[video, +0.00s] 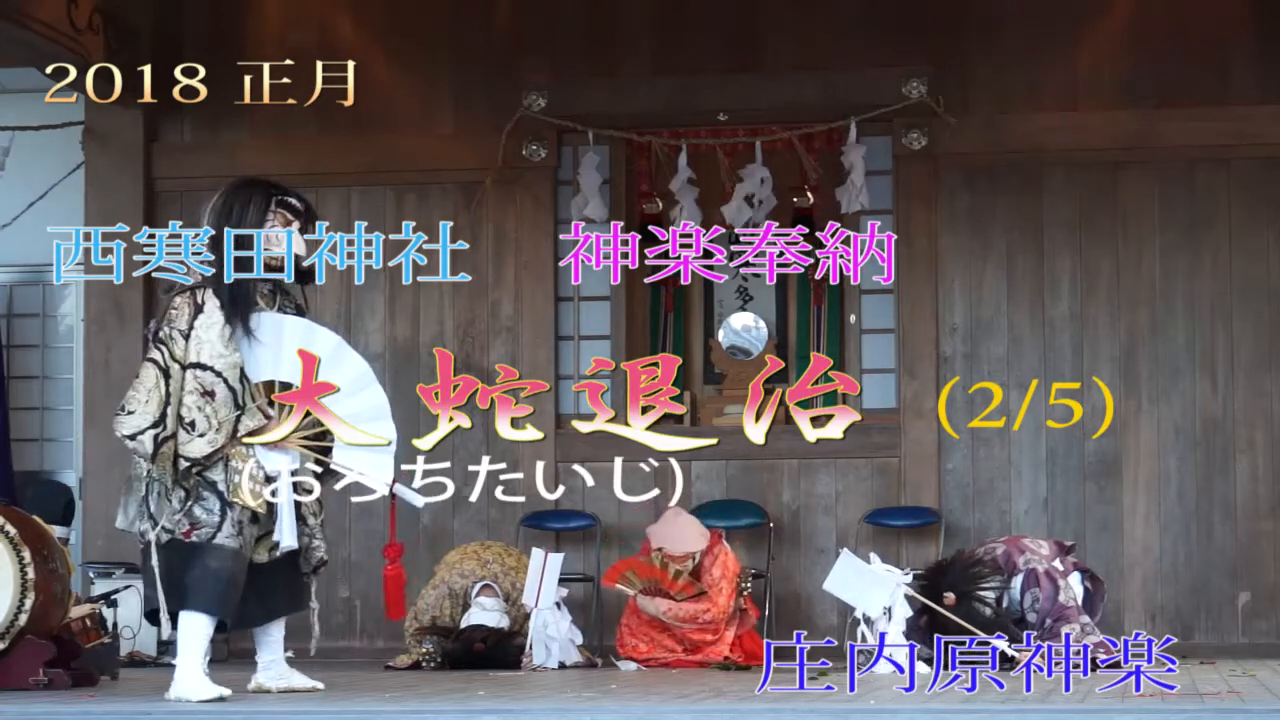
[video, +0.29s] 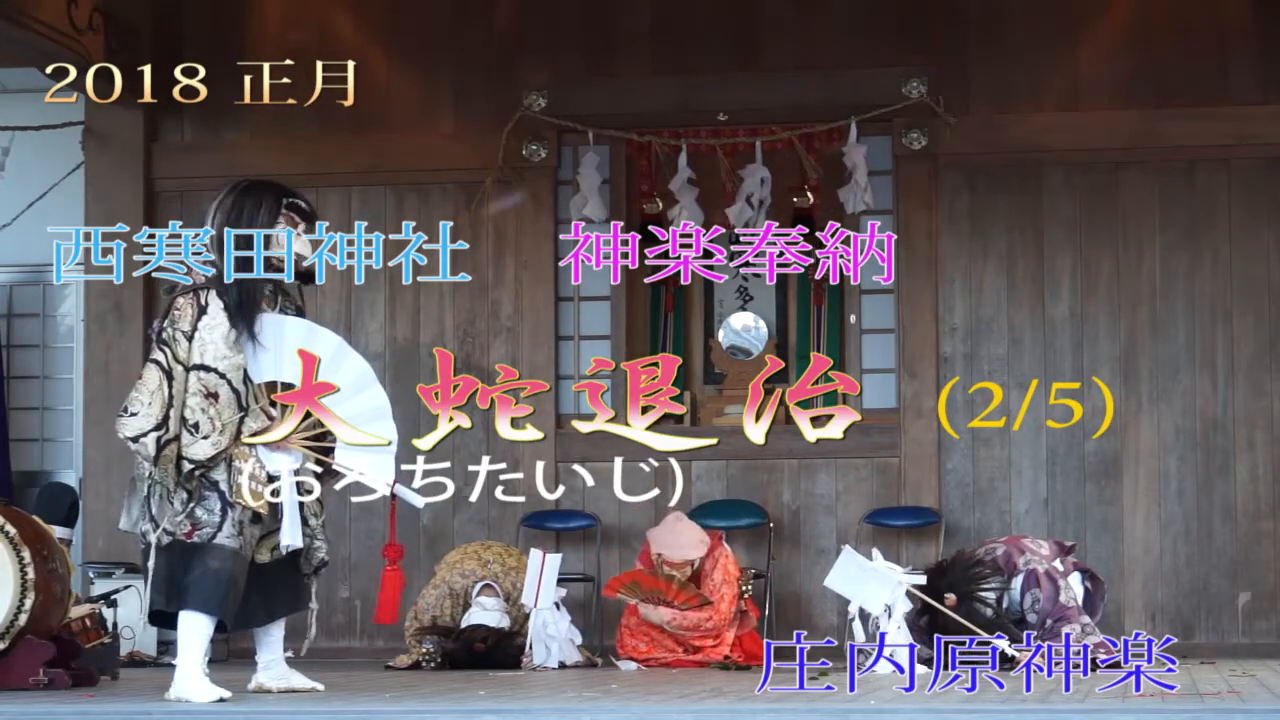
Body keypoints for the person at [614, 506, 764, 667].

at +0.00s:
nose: (678, 566)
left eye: (684, 559)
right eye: (671, 560)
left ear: (696, 551)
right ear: (661, 553)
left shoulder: (718, 555)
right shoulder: (651, 555)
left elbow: (716, 611)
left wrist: (659, 608)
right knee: (634, 618)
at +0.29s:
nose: (676, 576)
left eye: (682, 569)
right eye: (670, 568)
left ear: (695, 561)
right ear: (658, 558)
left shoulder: (719, 558)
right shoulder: (647, 558)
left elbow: (717, 619)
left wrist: (660, 616)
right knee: (631, 622)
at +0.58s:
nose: (677, 580)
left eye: (684, 573)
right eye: (671, 574)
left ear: (695, 565)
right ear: (658, 563)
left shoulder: (719, 561)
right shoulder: (646, 560)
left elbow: (718, 623)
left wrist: (661, 620)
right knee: (632, 640)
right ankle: (711, 653)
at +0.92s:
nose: (680, 582)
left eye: (685, 576)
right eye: (672, 577)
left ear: (696, 566)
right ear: (659, 566)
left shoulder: (719, 562)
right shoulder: (647, 562)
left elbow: (720, 625)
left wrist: (666, 625)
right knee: (631, 642)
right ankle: (712, 654)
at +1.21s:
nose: (680, 584)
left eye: (685, 578)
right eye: (673, 579)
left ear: (696, 569)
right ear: (659, 569)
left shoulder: (719, 564)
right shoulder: (646, 563)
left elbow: (719, 627)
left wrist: (665, 627)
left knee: (719, 647)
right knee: (631, 643)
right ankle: (710, 653)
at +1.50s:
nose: (680, 586)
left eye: (685, 580)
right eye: (673, 581)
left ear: (696, 570)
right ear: (659, 571)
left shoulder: (719, 566)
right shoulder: (645, 567)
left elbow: (720, 629)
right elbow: (630, 643)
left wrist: (667, 631)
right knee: (631, 643)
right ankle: (711, 655)